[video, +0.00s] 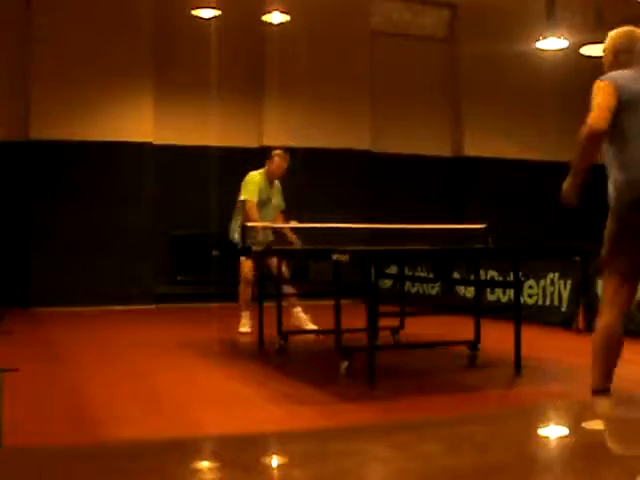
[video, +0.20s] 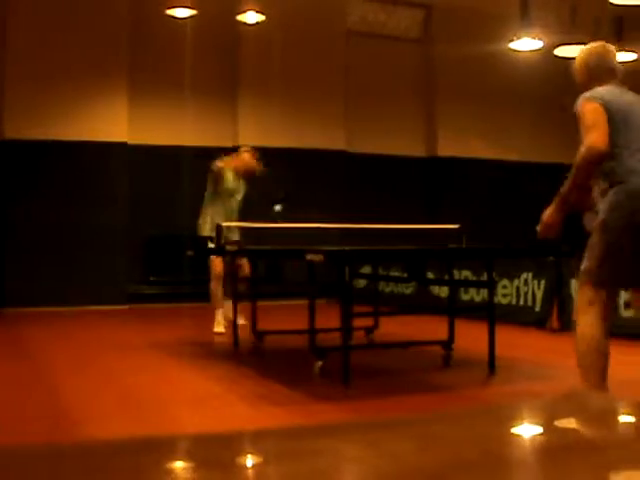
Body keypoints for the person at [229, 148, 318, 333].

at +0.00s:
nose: (281, 170)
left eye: (283, 167)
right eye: (278, 165)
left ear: (284, 168)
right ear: (269, 163)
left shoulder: (276, 185)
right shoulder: (253, 178)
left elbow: (277, 216)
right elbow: (250, 206)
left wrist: (288, 234)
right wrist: (258, 225)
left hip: (266, 235)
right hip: (245, 235)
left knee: (281, 269)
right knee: (247, 271)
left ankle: (295, 312)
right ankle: (245, 316)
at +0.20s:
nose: (249, 166)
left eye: (251, 163)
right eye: (248, 160)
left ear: (249, 165)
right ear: (240, 156)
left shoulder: (241, 183)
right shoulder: (220, 174)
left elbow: (233, 217)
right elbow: (217, 169)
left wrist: (237, 240)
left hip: (230, 231)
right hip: (212, 230)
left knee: (240, 269)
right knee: (218, 271)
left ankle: (231, 308)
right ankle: (219, 313)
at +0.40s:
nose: (194, 169)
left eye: (197, 166)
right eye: (192, 164)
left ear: (199, 170)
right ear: (184, 163)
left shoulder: (193, 190)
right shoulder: (169, 178)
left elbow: (193, 219)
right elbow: (150, 177)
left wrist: (197, 242)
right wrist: (171, 162)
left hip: (181, 236)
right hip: (163, 233)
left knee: (170, 272)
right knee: (171, 270)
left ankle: (154, 305)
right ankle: (174, 313)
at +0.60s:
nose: (186, 165)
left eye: (189, 162)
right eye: (183, 161)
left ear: (192, 164)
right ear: (175, 161)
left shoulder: (188, 188)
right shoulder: (162, 180)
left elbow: (195, 218)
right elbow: (144, 196)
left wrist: (207, 241)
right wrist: (160, 201)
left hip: (174, 235)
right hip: (156, 232)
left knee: (161, 273)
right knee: (164, 269)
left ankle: (146, 306)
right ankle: (162, 314)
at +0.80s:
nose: (190, 159)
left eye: (192, 155)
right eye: (187, 155)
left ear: (195, 159)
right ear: (179, 158)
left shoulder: (197, 181)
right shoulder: (167, 178)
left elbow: (204, 208)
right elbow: (150, 199)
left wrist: (210, 229)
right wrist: (162, 209)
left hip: (185, 231)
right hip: (166, 230)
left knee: (180, 272)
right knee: (167, 271)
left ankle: (157, 299)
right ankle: (161, 311)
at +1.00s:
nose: (203, 157)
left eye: (205, 153)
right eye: (199, 153)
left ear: (207, 157)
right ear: (190, 155)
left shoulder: (209, 179)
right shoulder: (179, 176)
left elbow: (215, 207)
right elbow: (165, 198)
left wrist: (220, 229)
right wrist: (180, 207)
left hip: (201, 232)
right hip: (179, 232)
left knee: (210, 266)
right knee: (173, 270)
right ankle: (163, 313)